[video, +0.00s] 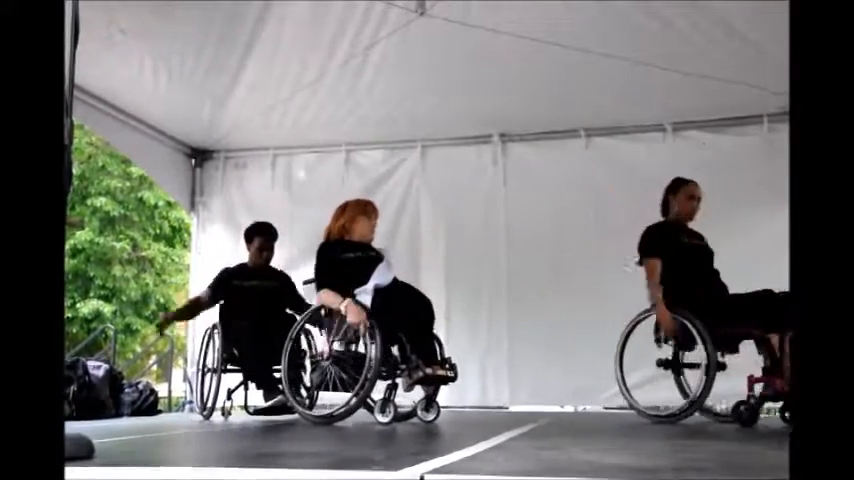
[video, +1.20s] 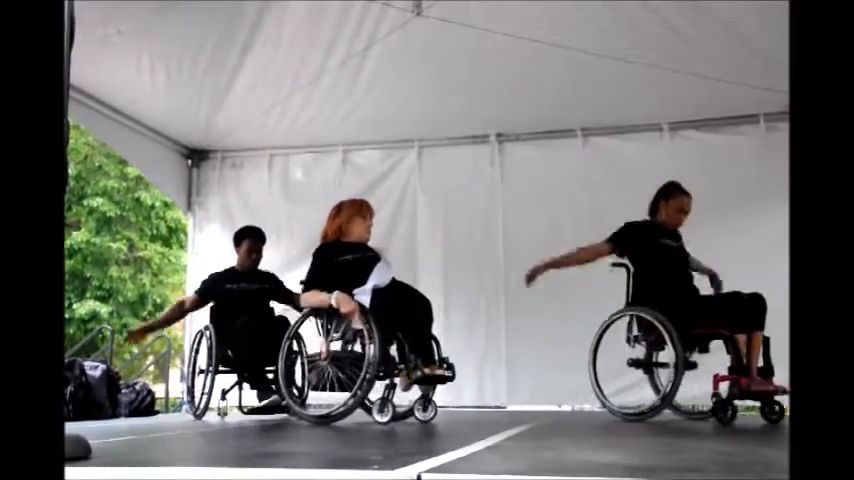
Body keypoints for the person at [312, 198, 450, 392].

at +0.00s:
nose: (374, 224)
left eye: (374, 220)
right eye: (369, 219)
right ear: (351, 222)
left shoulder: (370, 250)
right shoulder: (330, 250)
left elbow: (382, 280)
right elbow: (324, 293)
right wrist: (347, 305)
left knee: (421, 306)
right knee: (407, 312)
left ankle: (428, 363)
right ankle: (420, 364)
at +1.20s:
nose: (370, 224)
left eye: (370, 219)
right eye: (365, 219)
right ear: (346, 222)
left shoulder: (367, 251)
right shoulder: (327, 251)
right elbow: (306, 297)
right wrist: (334, 298)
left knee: (420, 305)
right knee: (405, 310)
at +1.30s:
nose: (365, 224)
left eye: (365, 219)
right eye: (359, 218)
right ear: (340, 222)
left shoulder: (362, 251)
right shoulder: (321, 251)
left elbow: (378, 273)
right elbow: (305, 281)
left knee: (415, 305)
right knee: (397, 312)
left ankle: (420, 362)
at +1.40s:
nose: (361, 227)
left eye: (362, 221)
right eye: (356, 221)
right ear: (338, 223)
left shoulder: (359, 252)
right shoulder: (318, 252)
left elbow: (378, 282)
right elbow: (292, 287)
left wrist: (413, 286)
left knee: (407, 302)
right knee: (401, 306)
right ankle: (415, 362)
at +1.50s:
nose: (358, 226)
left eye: (358, 221)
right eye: (353, 220)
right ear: (335, 222)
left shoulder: (362, 255)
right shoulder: (316, 250)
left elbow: (391, 267)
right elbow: (284, 269)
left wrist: (422, 261)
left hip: (363, 309)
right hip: (332, 313)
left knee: (404, 303)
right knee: (387, 307)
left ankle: (414, 361)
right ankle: (401, 363)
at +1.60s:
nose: (353, 225)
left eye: (354, 220)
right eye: (347, 219)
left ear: (355, 225)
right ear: (329, 223)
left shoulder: (362, 253)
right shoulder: (314, 250)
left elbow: (394, 257)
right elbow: (285, 253)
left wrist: (425, 243)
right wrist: (274, 223)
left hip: (359, 311)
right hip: (330, 314)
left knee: (401, 305)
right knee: (383, 309)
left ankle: (410, 362)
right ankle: (401, 363)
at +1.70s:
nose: (350, 225)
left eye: (351, 221)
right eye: (344, 220)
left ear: (353, 224)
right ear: (327, 223)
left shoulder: (360, 253)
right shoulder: (312, 250)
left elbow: (396, 251)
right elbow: (291, 248)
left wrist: (428, 232)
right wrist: (286, 215)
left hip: (360, 304)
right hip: (327, 310)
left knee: (398, 305)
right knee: (378, 313)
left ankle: (407, 362)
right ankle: (391, 364)